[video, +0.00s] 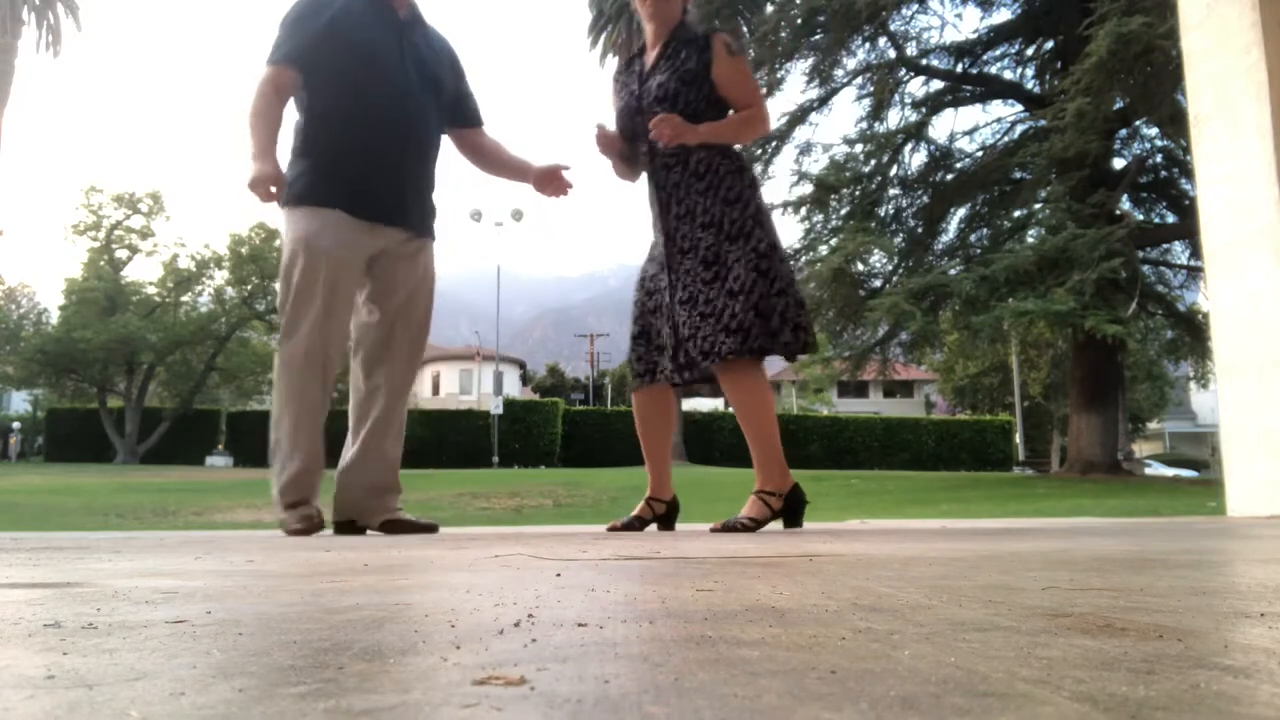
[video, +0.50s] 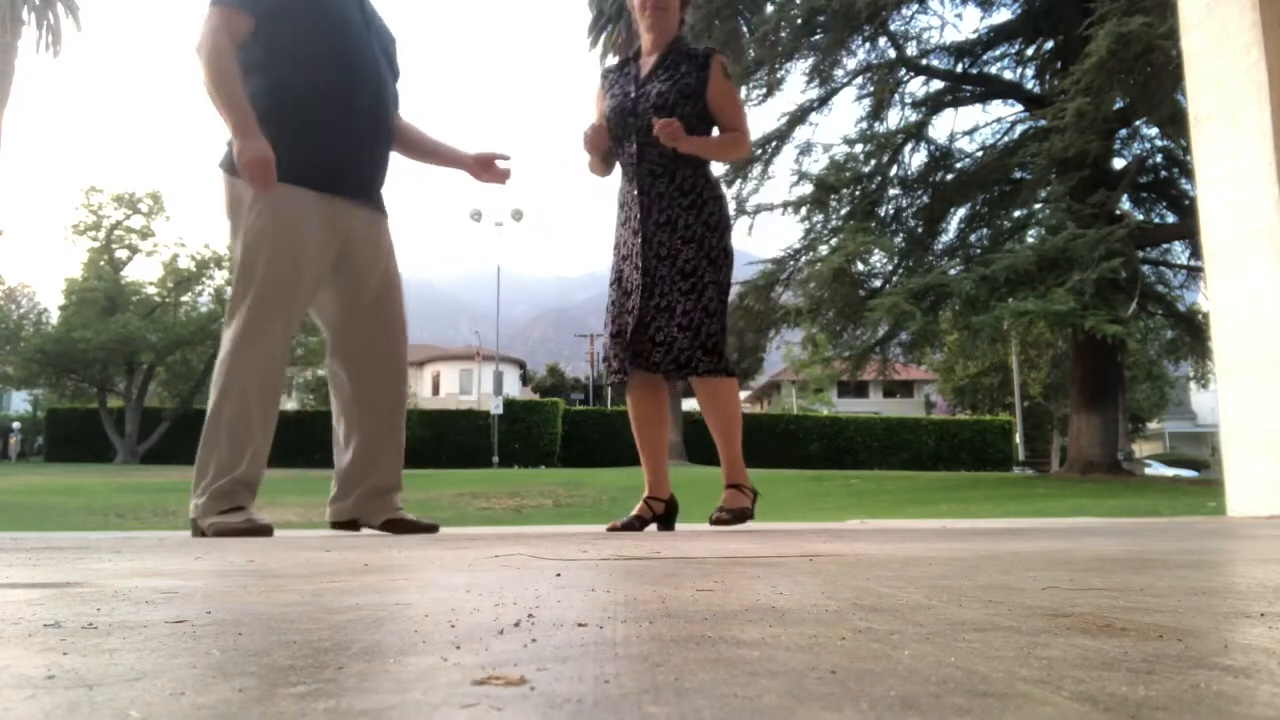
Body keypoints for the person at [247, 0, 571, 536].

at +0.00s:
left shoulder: (438, 49)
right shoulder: (325, 10)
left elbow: (471, 139)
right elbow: (274, 86)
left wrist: (531, 173)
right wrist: (263, 158)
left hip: (407, 224)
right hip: (326, 209)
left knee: (389, 368)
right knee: (309, 357)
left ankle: (366, 507)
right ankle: (297, 503)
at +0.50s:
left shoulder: (377, 29)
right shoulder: (266, 1)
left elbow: (384, 123)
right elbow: (214, 43)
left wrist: (465, 160)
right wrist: (247, 135)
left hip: (360, 206)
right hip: (282, 188)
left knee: (375, 353)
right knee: (257, 346)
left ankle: (366, 500)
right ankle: (221, 505)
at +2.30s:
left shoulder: (365, 16)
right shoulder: (242, 2)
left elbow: (402, 115)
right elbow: (196, 37)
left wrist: (491, 138)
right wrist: (238, 119)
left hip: (332, 192)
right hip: (248, 175)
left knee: (341, 348)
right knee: (236, 344)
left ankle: (340, 504)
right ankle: (219, 505)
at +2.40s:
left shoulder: (370, 20)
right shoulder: (252, 2)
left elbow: (412, 121)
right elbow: (206, 44)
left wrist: (513, 145)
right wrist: (221, 132)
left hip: (331, 199)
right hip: (248, 177)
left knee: (371, 327)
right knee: (237, 342)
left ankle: (350, 500)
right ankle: (218, 505)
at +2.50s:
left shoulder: (381, 24)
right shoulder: (262, 4)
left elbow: (422, 127)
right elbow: (201, 43)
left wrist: (515, 139)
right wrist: (212, 110)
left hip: (344, 204)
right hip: (258, 182)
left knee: (375, 342)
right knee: (240, 348)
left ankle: (352, 500)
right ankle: (218, 505)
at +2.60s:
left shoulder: (387, 17)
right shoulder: (264, 1)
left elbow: (428, 119)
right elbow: (199, 34)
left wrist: (518, 109)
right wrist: (234, 66)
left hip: (358, 192)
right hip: (266, 177)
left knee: (370, 347)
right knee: (242, 344)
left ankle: (355, 499)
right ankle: (221, 502)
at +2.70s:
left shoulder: (386, 26)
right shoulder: (263, 2)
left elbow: (437, 122)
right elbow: (201, 40)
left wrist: (520, 92)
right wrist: (263, 51)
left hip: (362, 197)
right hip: (268, 187)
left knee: (376, 351)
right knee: (253, 347)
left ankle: (387, 500)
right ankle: (233, 500)